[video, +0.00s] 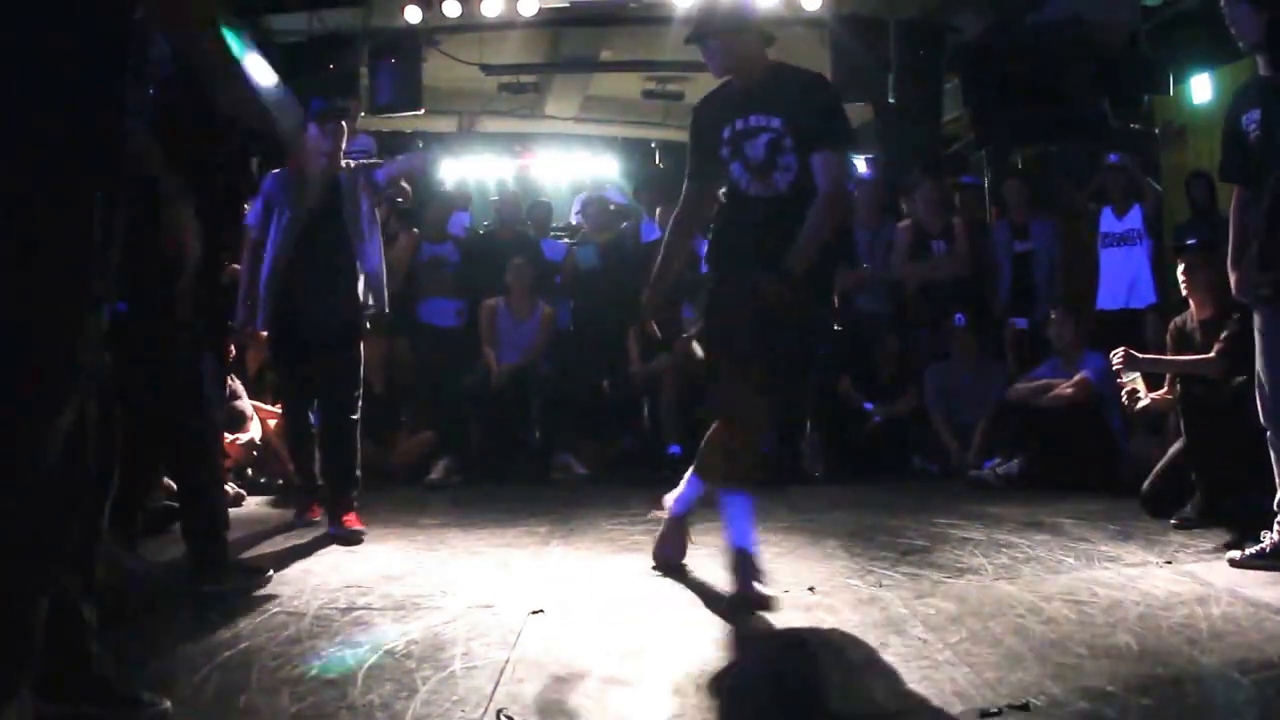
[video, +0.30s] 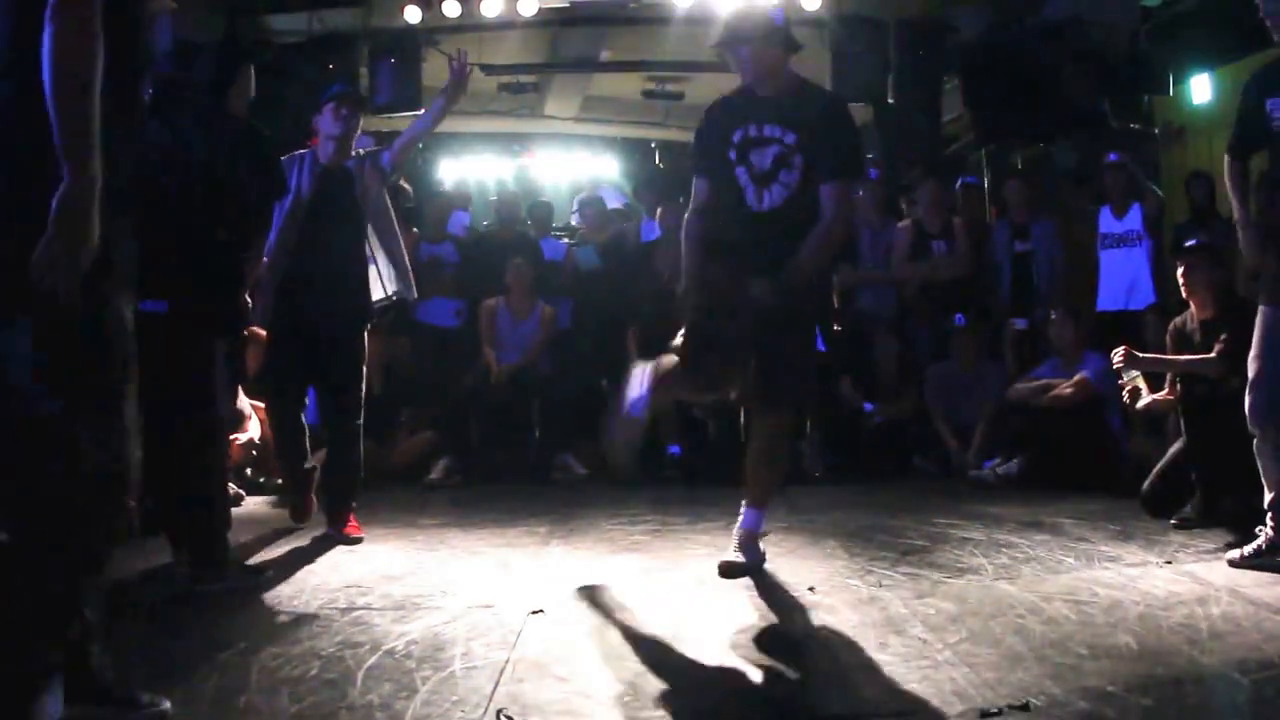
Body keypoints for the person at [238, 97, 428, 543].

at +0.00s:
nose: (331, 145)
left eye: (338, 138)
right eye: (324, 136)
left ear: (346, 142)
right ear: (306, 137)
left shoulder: (360, 185)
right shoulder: (278, 186)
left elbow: (408, 164)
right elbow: (254, 252)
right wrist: (249, 316)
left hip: (343, 317)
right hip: (291, 317)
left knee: (344, 411)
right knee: (296, 409)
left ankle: (345, 505)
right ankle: (308, 496)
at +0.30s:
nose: (346, 121)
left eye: (352, 116)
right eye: (338, 113)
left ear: (359, 127)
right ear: (316, 122)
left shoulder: (370, 167)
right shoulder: (292, 168)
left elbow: (415, 132)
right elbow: (270, 238)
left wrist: (450, 94)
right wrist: (258, 292)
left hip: (346, 308)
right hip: (292, 305)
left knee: (344, 414)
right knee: (280, 400)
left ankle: (342, 508)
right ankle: (296, 480)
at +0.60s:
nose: (339, 125)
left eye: (344, 116)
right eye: (330, 115)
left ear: (349, 121)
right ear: (307, 117)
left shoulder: (360, 164)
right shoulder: (275, 172)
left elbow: (413, 171)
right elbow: (251, 240)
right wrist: (253, 305)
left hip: (347, 308)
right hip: (293, 308)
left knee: (344, 415)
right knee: (292, 415)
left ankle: (341, 510)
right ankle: (290, 512)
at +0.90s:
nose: (353, 122)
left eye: (352, 113)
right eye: (344, 113)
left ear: (343, 120)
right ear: (316, 117)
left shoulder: (351, 175)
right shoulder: (275, 178)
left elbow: (353, 246)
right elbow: (259, 253)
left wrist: (361, 305)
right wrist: (265, 317)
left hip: (342, 314)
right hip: (291, 317)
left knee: (360, 403)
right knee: (288, 419)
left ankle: (338, 497)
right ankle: (289, 511)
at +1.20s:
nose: (373, 150)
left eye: (376, 142)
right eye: (369, 140)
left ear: (355, 135)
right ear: (348, 130)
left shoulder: (336, 176)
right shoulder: (321, 176)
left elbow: (334, 253)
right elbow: (322, 256)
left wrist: (343, 311)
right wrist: (340, 315)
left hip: (327, 316)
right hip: (306, 317)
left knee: (340, 409)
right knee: (303, 415)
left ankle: (341, 496)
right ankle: (290, 517)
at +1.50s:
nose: (404, 175)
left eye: (405, 168)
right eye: (403, 166)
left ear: (375, 151)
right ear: (390, 155)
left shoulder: (325, 187)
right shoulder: (371, 172)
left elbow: (310, 245)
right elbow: (369, 220)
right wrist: (420, 269)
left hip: (317, 308)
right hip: (345, 309)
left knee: (337, 407)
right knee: (338, 407)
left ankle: (343, 489)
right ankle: (307, 496)